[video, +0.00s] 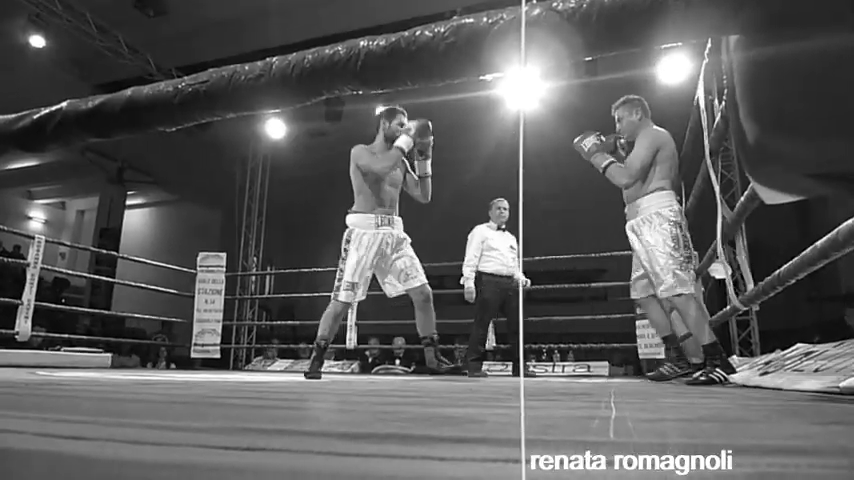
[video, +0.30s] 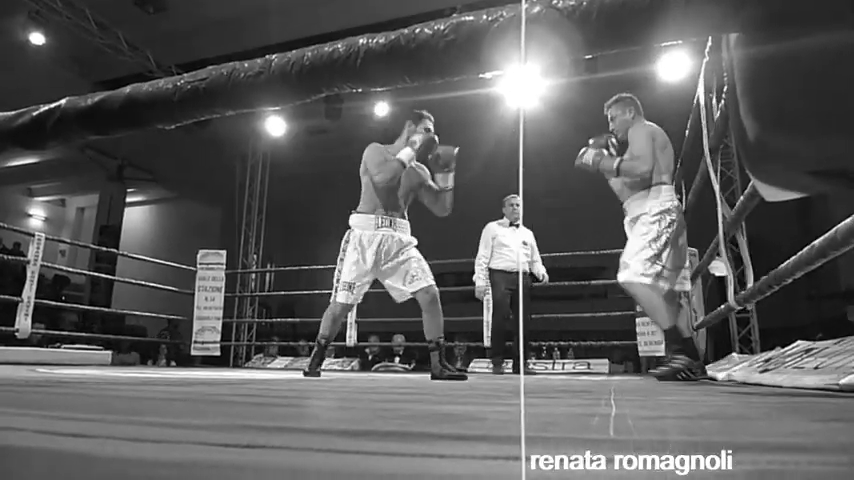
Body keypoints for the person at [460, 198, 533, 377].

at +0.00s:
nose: (502, 212)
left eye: (505, 210)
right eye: (499, 209)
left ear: (509, 214)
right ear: (490, 212)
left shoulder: (511, 238)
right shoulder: (480, 231)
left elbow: (513, 265)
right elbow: (471, 258)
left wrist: (521, 278)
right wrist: (468, 282)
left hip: (510, 281)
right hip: (489, 279)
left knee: (515, 325)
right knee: (482, 323)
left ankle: (519, 364)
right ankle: (474, 365)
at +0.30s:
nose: (515, 208)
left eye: (518, 205)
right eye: (511, 206)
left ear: (522, 209)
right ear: (504, 209)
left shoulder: (527, 234)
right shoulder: (492, 228)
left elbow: (535, 259)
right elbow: (482, 258)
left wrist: (540, 271)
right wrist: (480, 282)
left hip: (523, 276)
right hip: (500, 275)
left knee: (523, 319)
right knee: (500, 317)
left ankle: (521, 362)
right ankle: (497, 360)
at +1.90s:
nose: (537, 209)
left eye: (541, 206)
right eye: (533, 205)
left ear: (544, 210)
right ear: (525, 208)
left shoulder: (544, 232)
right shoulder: (510, 228)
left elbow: (548, 261)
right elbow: (498, 258)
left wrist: (548, 286)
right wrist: (496, 284)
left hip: (535, 280)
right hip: (512, 279)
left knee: (545, 320)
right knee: (507, 323)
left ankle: (548, 364)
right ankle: (482, 365)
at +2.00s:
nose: (544, 206)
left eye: (547, 202)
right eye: (540, 202)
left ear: (551, 206)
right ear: (530, 205)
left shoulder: (551, 227)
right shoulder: (517, 225)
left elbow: (556, 256)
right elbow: (506, 255)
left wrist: (555, 280)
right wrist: (504, 281)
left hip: (544, 276)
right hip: (523, 275)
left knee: (549, 318)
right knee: (519, 320)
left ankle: (549, 360)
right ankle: (496, 358)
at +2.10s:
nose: (547, 201)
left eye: (551, 197)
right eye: (544, 197)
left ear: (556, 201)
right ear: (538, 200)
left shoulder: (559, 223)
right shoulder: (525, 222)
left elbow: (569, 251)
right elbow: (516, 253)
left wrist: (582, 272)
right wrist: (516, 279)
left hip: (554, 270)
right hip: (532, 270)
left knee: (554, 311)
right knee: (535, 313)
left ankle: (551, 355)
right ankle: (529, 357)